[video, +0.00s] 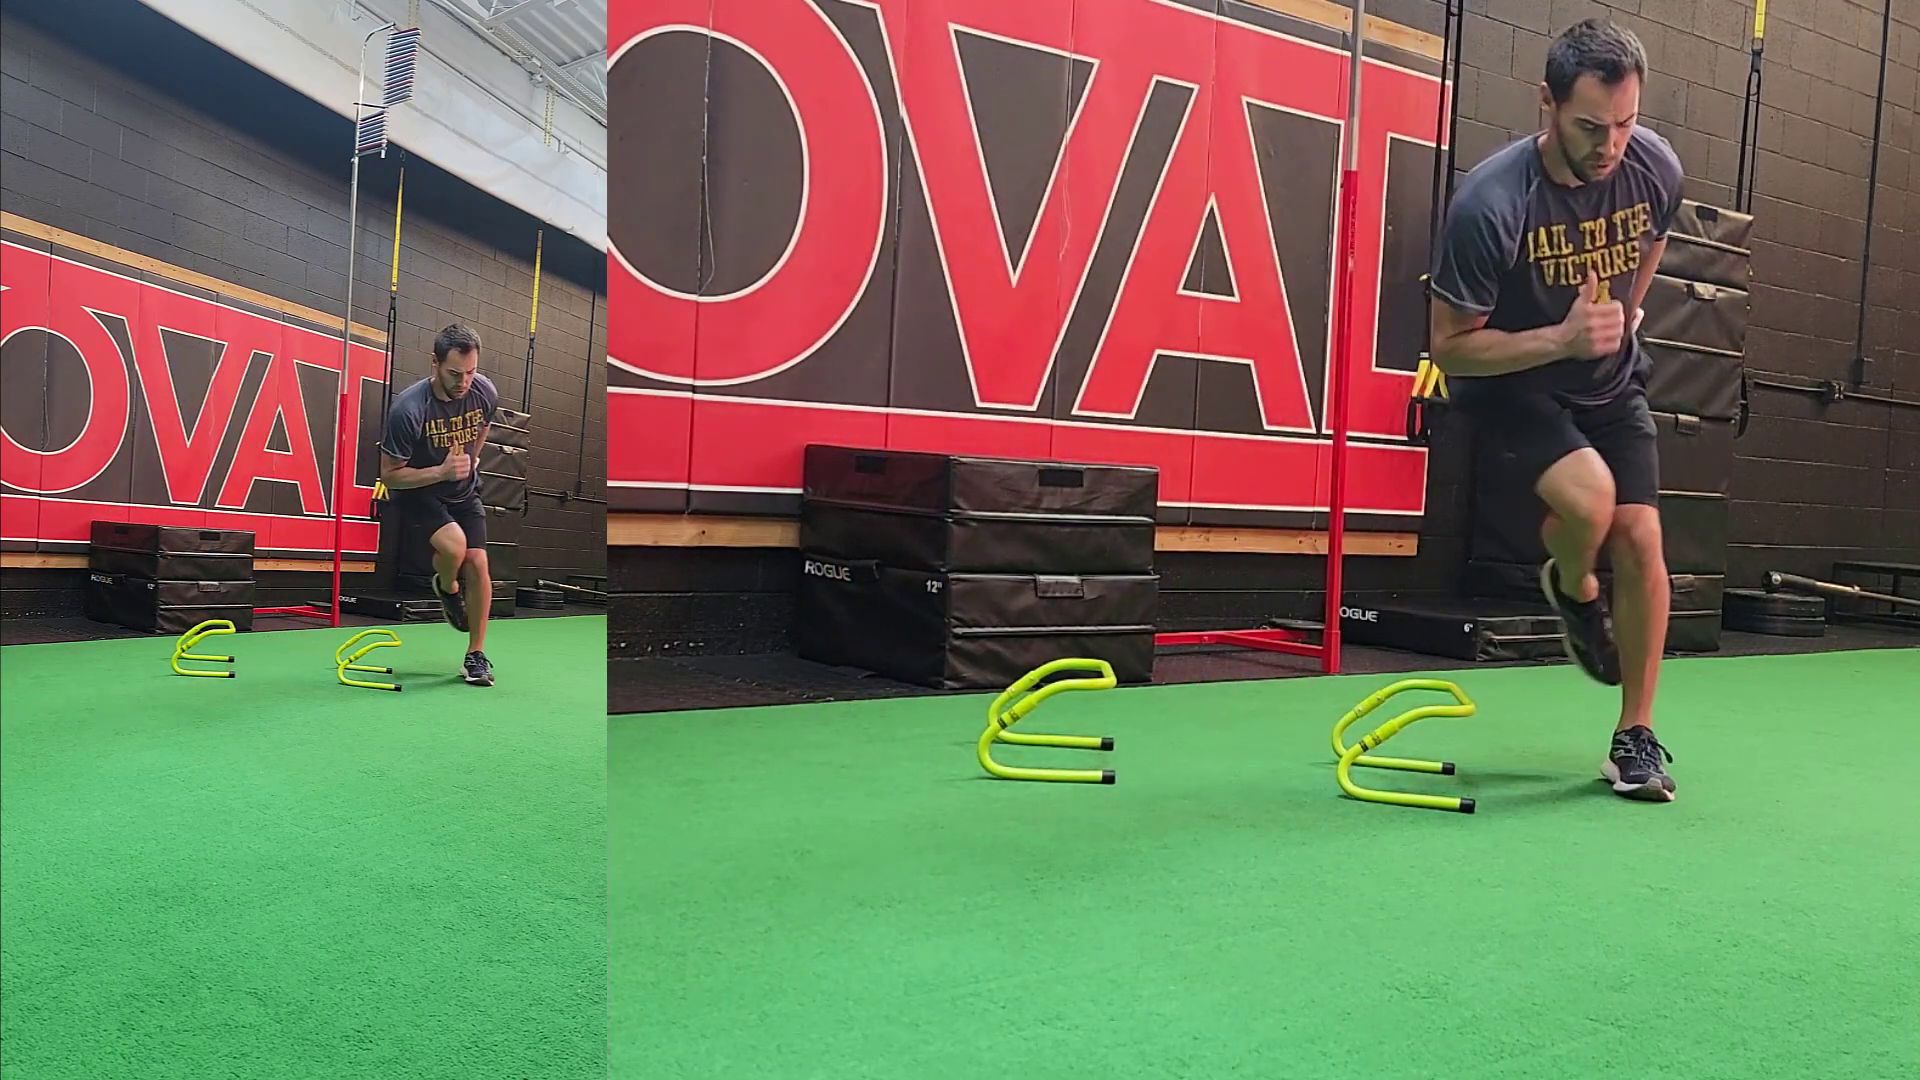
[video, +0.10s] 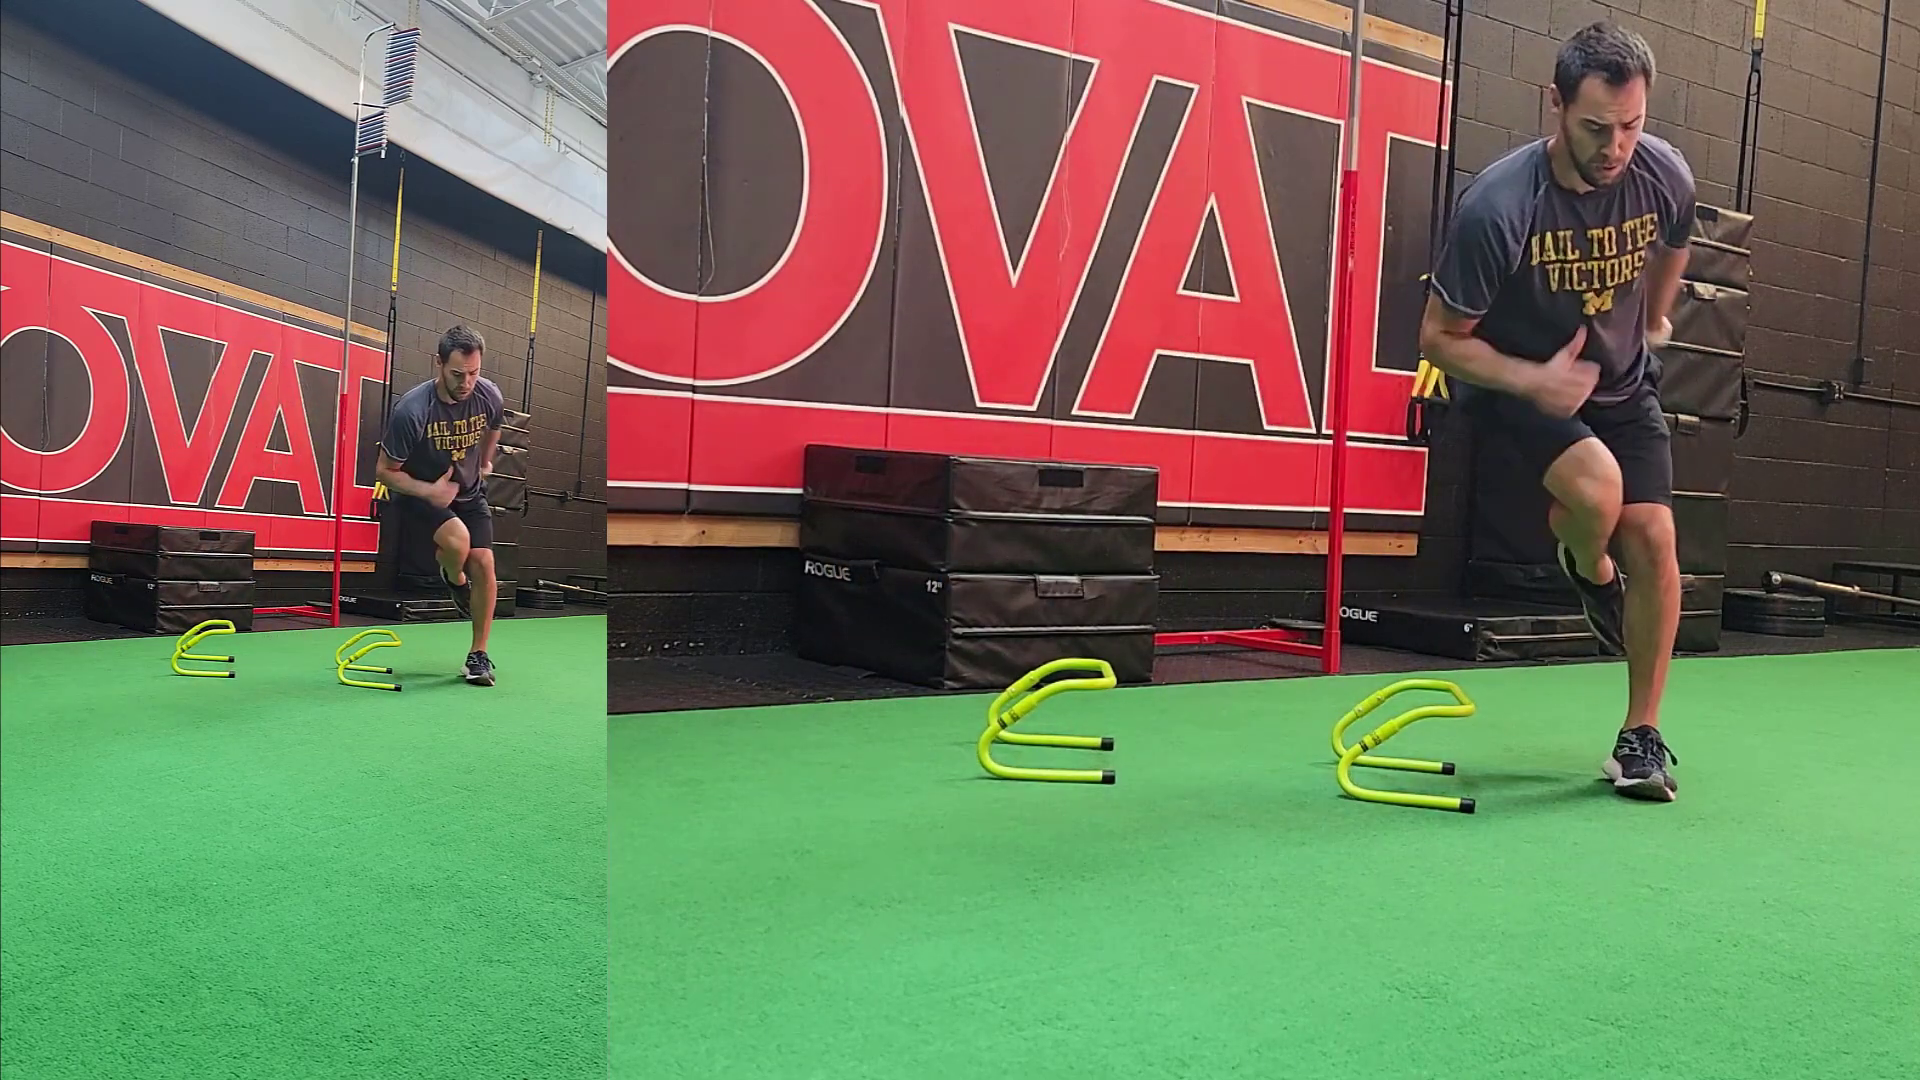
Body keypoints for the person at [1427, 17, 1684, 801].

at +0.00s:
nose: (1609, 147)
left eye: (1623, 126)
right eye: (1591, 128)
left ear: (1636, 109)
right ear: (1547, 107)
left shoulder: (1655, 169)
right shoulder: (1486, 202)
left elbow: (1653, 241)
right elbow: (1449, 348)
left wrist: (1626, 315)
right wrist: (1559, 339)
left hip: (1611, 378)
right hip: (1510, 385)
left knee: (1640, 536)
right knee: (1591, 499)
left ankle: (1635, 733)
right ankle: (1574, 590)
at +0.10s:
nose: (1614, 149)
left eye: (1629, 127)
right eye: (1596, 129)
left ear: (1644, 111)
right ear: (1554, 108)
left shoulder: (1665, 177)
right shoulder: (1496, 207)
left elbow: (1672, 246)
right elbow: (1439, 337)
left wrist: (1656, 323)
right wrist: (1533, 378)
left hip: (1622, 378)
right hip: (1513, 383)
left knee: (1653, 534)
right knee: (1600, 492)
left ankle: (1642, 733)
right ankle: (1593, 571)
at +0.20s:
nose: (1606, 139)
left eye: (1623, 119)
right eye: (1590, 118)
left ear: (1642, 107)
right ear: (1555, 100)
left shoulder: (1666, 188)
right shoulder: (1495, 192)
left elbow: (1685, 300)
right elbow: (1427, 317)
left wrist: (1692, 417)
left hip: (1611, 381)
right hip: (1506, 366)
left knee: (1640, 535)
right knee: (1563, 461)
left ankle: (1636, 734)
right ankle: (1559, 554)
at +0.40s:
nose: (1538, 78)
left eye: (1556, 59)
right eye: (1524, 56)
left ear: (1593, 49)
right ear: (1505, 44)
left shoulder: (1627, 145)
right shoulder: (1450, 141)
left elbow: (1658, 301)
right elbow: (1341, 216)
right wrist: (1268, 292)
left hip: (1563, 373)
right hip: (1454, 347)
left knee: (1609, 536)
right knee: (1433, 466)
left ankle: (1633, 734)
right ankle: (1337, 565)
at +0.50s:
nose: (1475, 17)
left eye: (1493, 3)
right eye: (1461, 1)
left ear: (1519, 9)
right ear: (1437, 3)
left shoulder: (1560, 80)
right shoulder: (1376, 91)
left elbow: (1605, 221)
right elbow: (1307, 189)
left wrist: (1552, 200)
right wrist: (1258, 294)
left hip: (1509, 330)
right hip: (1394, 315)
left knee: (1564, 504)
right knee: (1352, 486)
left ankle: (1624, 708)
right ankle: (1269, 646)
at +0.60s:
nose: (1403, 18)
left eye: (1420, 3)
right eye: (1388, 3)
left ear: (1447, 6)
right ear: (1365, 6)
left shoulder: (1489, 81)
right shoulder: (1313, 100)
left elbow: (1515, 195)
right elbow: (1272, 229)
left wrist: (1524, 314)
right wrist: (1266, 354)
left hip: (1452, 310)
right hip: (1337, 313)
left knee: (1483, 451)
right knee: (1310, 513)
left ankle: (1508, 559)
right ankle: (1277, 695)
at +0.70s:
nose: (1342, 17)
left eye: (1360, 3)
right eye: (1329, 2)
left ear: (1387, 7)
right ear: (1309, 4)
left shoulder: (1436, 87)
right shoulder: (1257, 94)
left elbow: (1472, 181)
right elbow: (1215, 221)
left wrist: (1480, 280)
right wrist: (1266, 262)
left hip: (1393, 290)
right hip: (1289, 302)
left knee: (1379, 391)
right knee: (1284, 511)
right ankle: (1274, 698)